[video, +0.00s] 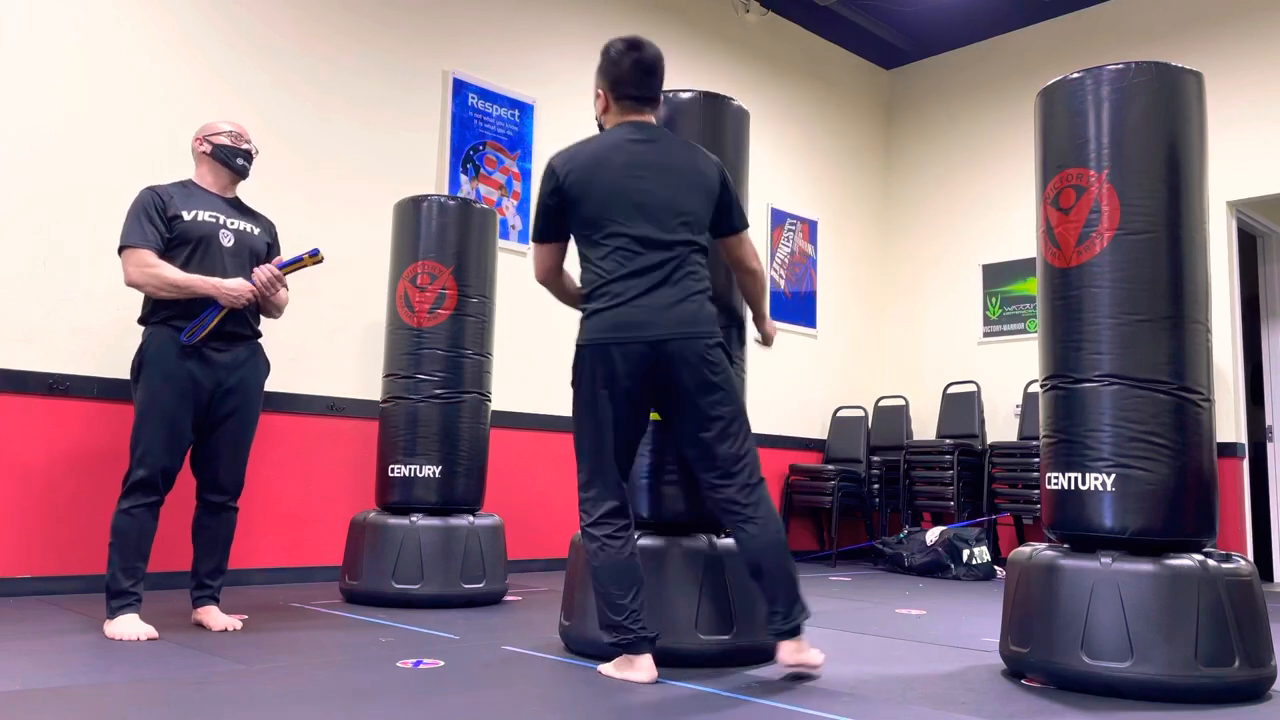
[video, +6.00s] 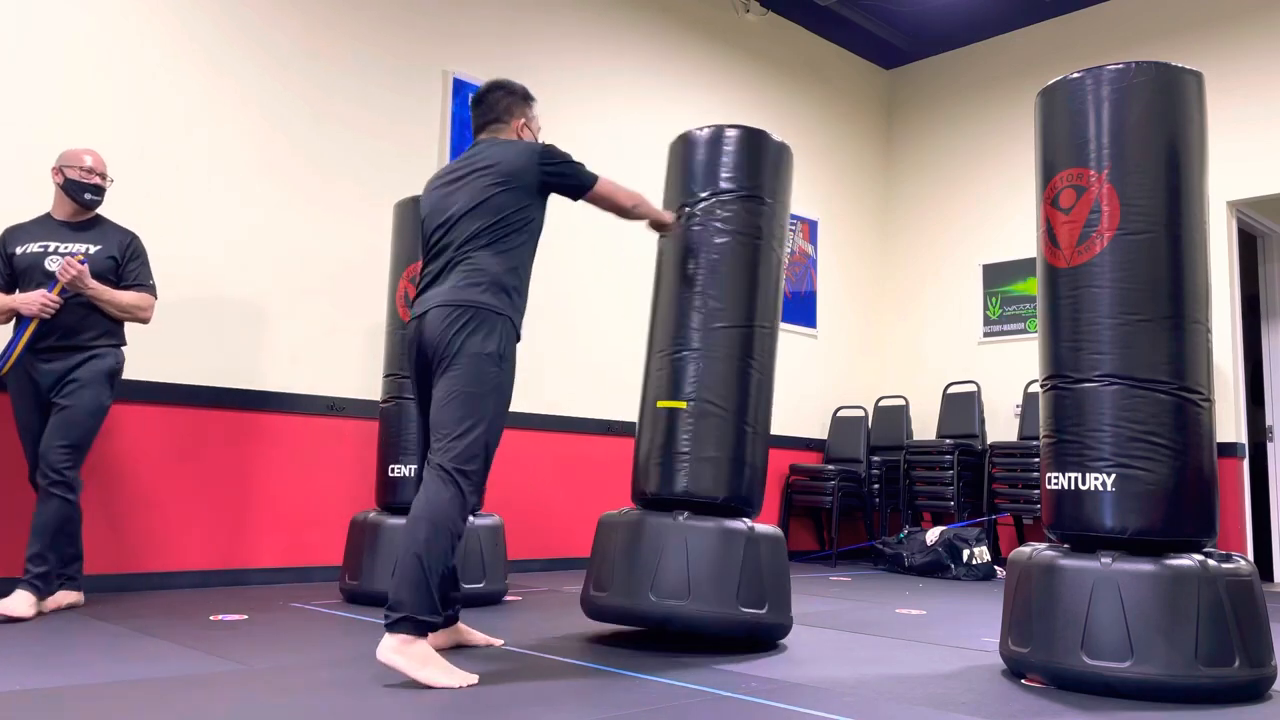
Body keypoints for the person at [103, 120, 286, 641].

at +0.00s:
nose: (246, 147)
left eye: (250, 143)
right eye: (234, 138)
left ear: (251, 162)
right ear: (201, 146)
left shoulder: (262, 227)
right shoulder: (160, 199)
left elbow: (277, 307)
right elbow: (137, 269)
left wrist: (271, 292)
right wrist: (215, 287)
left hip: (241, 362)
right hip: (173, 356)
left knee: (222, 490)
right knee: (147, 481)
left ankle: (206, 601)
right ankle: (124, 608)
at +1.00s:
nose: (213, 162)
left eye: (223, 156)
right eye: (205, 154)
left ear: (240, 165)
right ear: (189, 160)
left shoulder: (262, 233)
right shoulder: (153, 220)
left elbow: (277, 311)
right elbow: (111, 285)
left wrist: (262, 298)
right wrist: (139, 308)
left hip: (230, 372)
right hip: (160, 367)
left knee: (222, 487)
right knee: (134, 479)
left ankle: (207, 602)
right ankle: (124, 593)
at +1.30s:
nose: (131, 177)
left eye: (141, 168)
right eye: (126, 167)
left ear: (175, 166)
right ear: (125, 165)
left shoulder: (219, 226)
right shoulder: (114, 229)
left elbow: (245, 299)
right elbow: (73, 293)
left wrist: (213, 292)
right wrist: (93, 320)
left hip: (194, 371)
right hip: (127, 370)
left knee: (200, 485)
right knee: (123, 486)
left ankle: (204, 600)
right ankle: (125, 597)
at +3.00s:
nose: (213, 171)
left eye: (220, 167)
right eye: (204, 162)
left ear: (227, 181)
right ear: (178, 168)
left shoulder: (241, 238)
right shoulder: (134, 229)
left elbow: (264, 307)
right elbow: (106, 298)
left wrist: (212, 295)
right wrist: (146, 298)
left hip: (209, 372)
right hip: (142, 370)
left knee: (201, 485)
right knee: (132, 481)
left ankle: (189, 594)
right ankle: (126, 595)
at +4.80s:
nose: (130, 181)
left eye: (139, 177)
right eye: (121, 172)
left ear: (147, 189)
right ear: (98, 178)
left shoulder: (163, 246)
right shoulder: (56, 237)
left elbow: (181, 314)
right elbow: (25, 301)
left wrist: (135, 292)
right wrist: (65, 298)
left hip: (133, 381)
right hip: (67, 378)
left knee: (132, 481)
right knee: (68, 483)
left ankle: (135, 589)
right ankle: (71, 586)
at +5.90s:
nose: (99, 182)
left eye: (106, 177)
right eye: (89, 173)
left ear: (112, 187)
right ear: (60, 178)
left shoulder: (127, 242)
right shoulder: (19, 240)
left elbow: (148, 310)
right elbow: (1, 307)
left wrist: (96, 287)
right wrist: (25, 302)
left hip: (97, 367)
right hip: (35, 369)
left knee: (71, 463)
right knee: (44, 474)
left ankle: (60, 586)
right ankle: (67, 579)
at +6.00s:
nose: (96, 181)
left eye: (103, 176)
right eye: (86, 172)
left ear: (108, 186)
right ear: (56, 177)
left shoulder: (122, 241)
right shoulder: (15, 239)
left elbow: (143, 309)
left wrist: (90, 286)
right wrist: (17, 301)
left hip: (90, 366)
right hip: (28, 367)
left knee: (55, 463)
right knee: (45, 472)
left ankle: (32, 585)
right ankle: (68, 583)